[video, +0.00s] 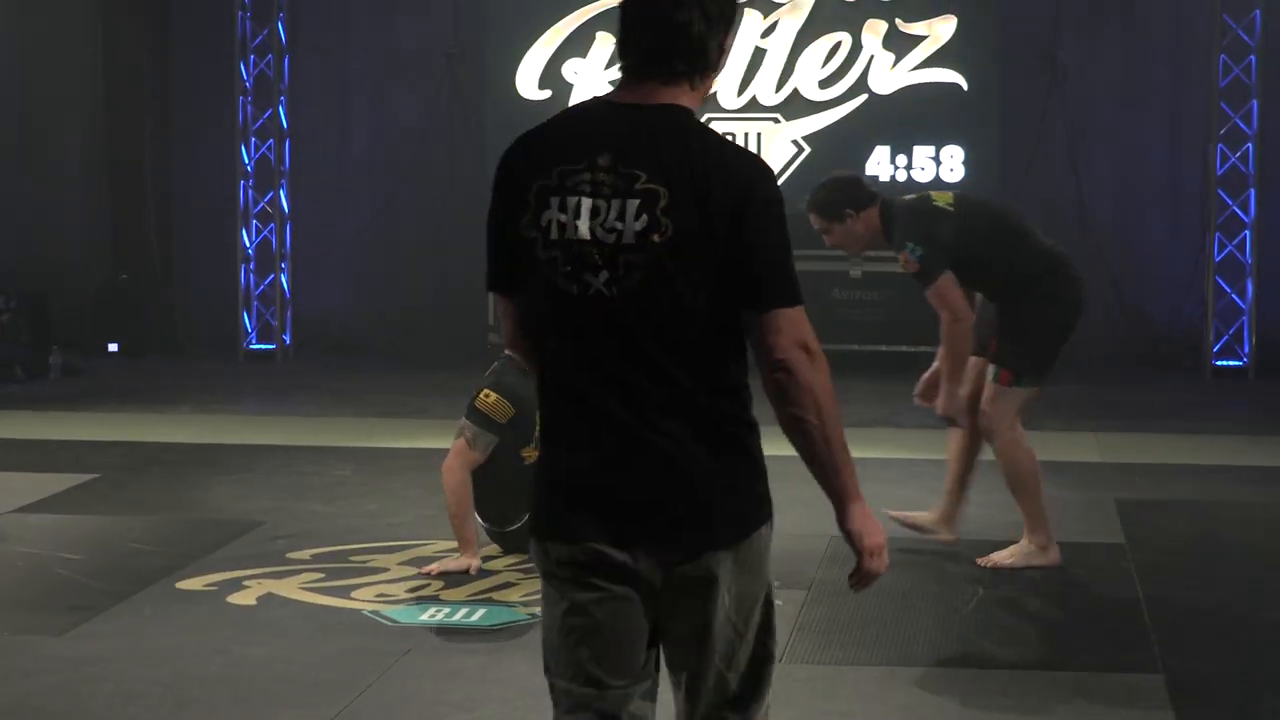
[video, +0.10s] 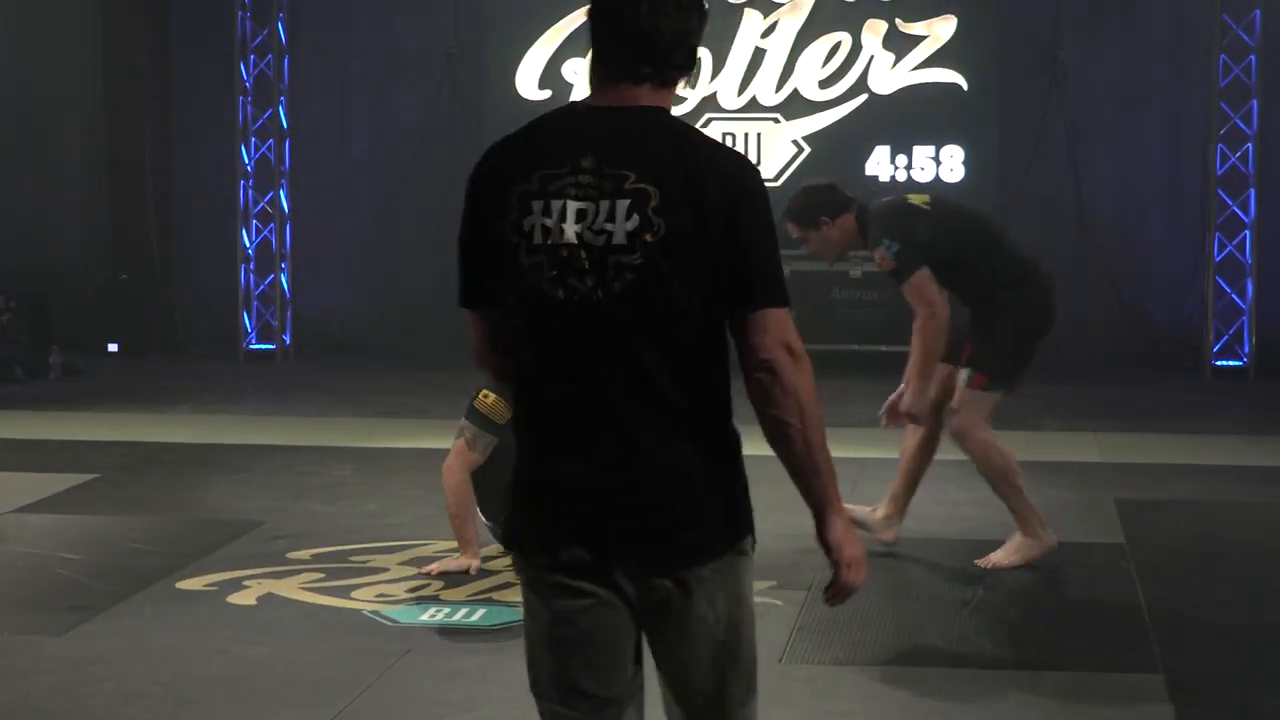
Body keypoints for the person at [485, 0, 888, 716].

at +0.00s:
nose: (729, 60)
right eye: (728, 45)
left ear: (623, 45)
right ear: (718, 53)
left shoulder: (530, 157)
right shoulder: (737, 178)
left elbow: (516, 334)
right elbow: (786, 356)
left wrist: (595, 387)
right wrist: (851, 503)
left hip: (579, 489)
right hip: (707, 496)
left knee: (591, 707)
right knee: (723, 705)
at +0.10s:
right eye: (693, 51)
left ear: (594, 49)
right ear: (689, 63)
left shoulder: (505, 165)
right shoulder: (722, 176)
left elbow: (491, 348)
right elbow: (771, 358)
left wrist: (572, 403)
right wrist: (830, 512)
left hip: (556, 504)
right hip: (688, 506)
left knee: (581, 710)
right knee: (718, 707)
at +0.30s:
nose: (499, 51)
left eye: (509, 29)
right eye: (503, 30)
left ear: (545, 32)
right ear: (625, 39)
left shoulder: (463, 165)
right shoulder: (702, 156)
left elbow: (433, 367)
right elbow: (753, 348)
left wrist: (451, 511)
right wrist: (773, 500)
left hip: (524, 501)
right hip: (662, 503)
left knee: (554, 709)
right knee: (680, 709)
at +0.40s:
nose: (464, 47)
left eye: (478, 21)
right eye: (469, 24)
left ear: (531, 21)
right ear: (601, 34)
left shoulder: (455, 153)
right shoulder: (695, 147)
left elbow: (409, 354)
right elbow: (745, 338)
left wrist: (401, 508)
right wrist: (745, 488)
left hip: (518, 501)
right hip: (655, 500)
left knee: (541, 704)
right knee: (671, 706)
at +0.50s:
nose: (443, 47)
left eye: (459, 23)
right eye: (447, 27)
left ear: (527, 22)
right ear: (578, 32)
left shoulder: (458, 151)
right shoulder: (684, 148)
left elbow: (409, 349)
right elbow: (737, 336)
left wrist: (368, 503)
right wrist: (712, 482)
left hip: (508, 507)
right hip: (646, 502)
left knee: (517, 704)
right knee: (646, 705)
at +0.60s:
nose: (426, 37)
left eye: (446, 14)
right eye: (432, 17)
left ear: (518, 17)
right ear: (536, 22)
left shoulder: (457, 144)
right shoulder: (659, 147)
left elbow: (423, 344)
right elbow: (713, 328)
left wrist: (360, 517)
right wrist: (687, 476)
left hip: (489, 510)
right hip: (627, 504)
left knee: (493, 704)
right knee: (620, 704)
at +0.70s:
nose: (399, 38)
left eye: (419, 14)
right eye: (403, 17)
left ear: (494, 16)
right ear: (502, 21)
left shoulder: (441, 144)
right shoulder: (632, 145)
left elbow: (428, 346)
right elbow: (687, 328)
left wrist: (370, 529)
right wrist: (663, 477)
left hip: (467, 529)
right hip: (604, 523)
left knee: (431, 705)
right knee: (592, 708)